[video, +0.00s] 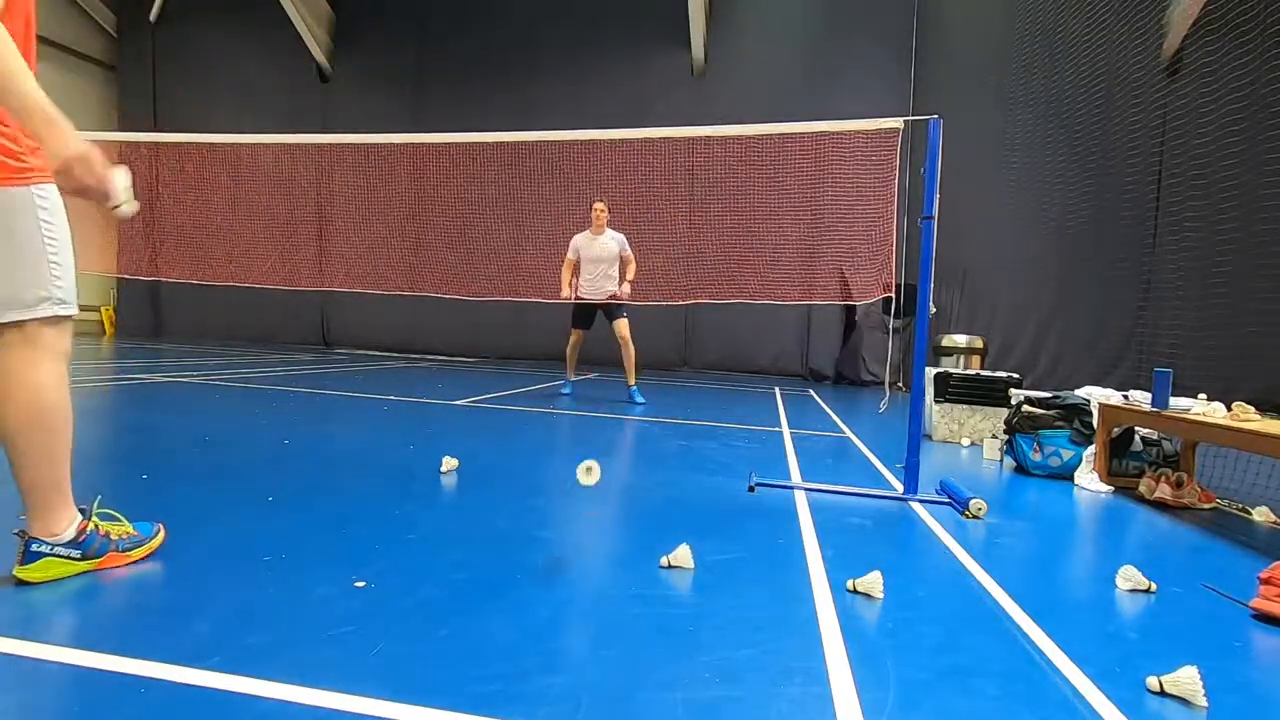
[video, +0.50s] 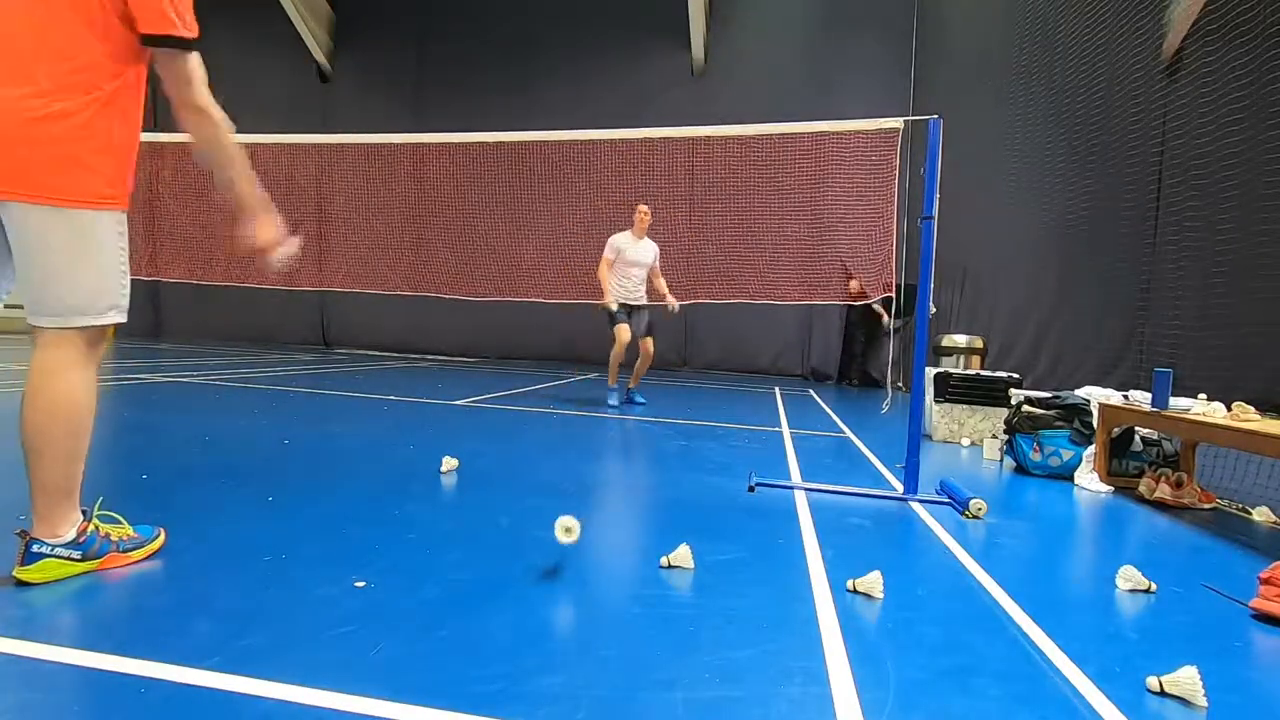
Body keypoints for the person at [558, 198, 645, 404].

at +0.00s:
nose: (599, 214)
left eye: (602, 211)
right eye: (596, 211)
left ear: (608, 215)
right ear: (590, 214)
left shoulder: (618, 239)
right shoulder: (578, 240)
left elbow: (630, 262)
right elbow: (568, 265)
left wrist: (627, 282)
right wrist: (565, 287)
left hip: (611, 297)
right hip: (585, 298)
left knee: (625, 337)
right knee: (575, 339)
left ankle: (632, 386)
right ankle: (569, 380)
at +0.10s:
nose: (603, 223)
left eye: (607, 220)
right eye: (600, 219)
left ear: (612, 224)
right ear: (594, 222)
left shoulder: (621, 248)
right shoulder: (581, 249)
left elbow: (629, 272)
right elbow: (569, 276)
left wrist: (631, 293)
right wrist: (567, 298)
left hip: (613, 304)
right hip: (586, 305)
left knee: (630, 340)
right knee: (576, 343)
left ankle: (630, 387)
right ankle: (570, 382)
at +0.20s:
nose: (614, 219)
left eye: (617, 216)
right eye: (611, 215)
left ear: (622, 220)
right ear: (605, 219)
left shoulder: (630, 245)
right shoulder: (590, 244)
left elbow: (633, 269)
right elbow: (576, 272)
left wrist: (635, 290)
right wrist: (575, 298)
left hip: (620, 303)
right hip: (593, 304)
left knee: (637, 341)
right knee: (580, 346)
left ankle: (630, 387)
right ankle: (571, 378)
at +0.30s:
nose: (625, 215)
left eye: (628, 212)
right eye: (621, 212)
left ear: (634, 217)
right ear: (616, 215)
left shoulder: (639, 243)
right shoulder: (600, 241)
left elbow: (640, 268)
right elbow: (586, 269)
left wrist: (643, 291)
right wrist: (585, 298)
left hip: (629, 302)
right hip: (603, 302)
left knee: (641, 343)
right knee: (595, 348)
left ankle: (631, 388)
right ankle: (579, 369)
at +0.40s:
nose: (636, 217)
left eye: (639, 214)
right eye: (633, 213)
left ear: (644, 219)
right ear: (626, 216)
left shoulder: (647, 247)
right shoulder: (609, 242)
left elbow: (649, 275)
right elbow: (597, 272)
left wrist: (654, 296)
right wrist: (596, 302)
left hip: (635, 302)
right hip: (610, 300)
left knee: (646, 348)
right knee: (613, 345)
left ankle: (631, 388)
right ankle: (601, 362)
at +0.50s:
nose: (642, 217)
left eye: (646, 214)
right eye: (639, 213)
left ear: (651, 220)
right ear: (633, 217)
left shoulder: (653, 248)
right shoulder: (617, 241)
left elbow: (657, 276)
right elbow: (603, 269)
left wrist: (667, 295)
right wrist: (607, 295)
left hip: (639, 302)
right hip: (617, 300)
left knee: (648, 350)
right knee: (624, 338)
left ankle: (632, 389)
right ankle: (612, 387)